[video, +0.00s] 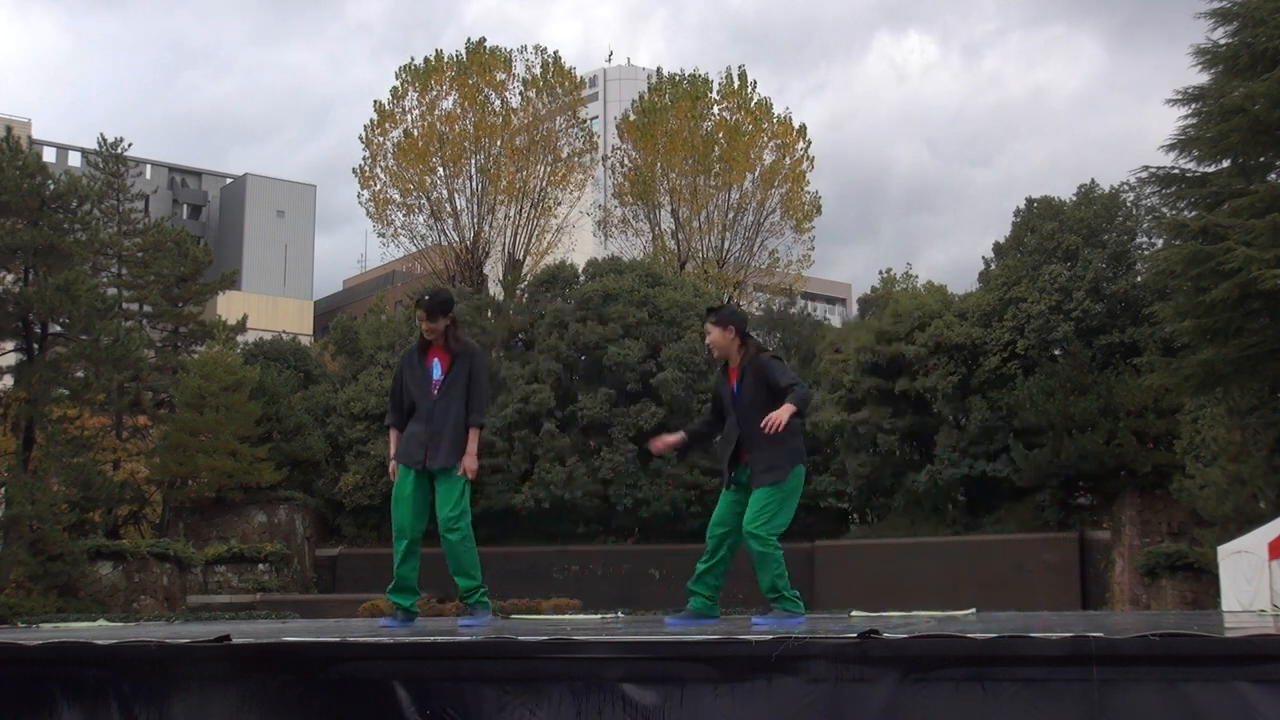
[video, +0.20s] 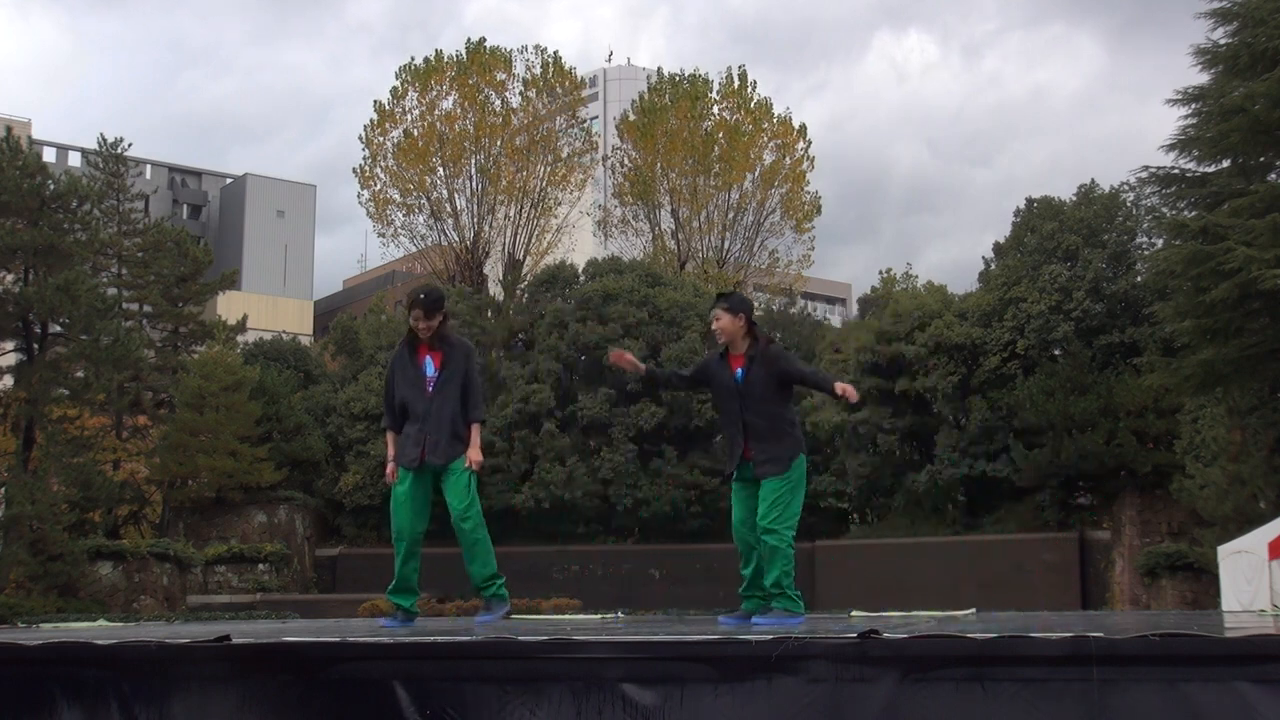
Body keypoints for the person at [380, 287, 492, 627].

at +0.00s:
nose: (425, 326)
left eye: (432, 321)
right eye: (422, 320)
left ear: (448, 320)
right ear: (417, 318)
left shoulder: (470, 355)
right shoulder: (410, 356)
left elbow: (477, 408)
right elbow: (396, 410)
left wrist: (471, 452)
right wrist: (393, 456)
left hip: (451, 455)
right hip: (410, 456)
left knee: (453, 527)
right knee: (405, 531)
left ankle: (476, 604)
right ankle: (404, 607)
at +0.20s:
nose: (423, 325)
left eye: (429, 319)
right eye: (417, 319)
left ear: (442, 316)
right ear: (409, 317)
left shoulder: (462, 351)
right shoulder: (400, 356)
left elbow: (473, 401)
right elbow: (392, 410)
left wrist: (475, 444)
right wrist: (392, 456)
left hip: (453, 451)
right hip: (410, 453)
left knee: (467, 521)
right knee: (405, 530)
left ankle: (496, 599)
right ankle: (403, 607)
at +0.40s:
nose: (433, 326)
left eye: (439, 319)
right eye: (427, 319)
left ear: (451, 316)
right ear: (418, 318)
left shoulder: (469, 351)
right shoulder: (408, 358)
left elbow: (483, 401)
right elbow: (401, 412)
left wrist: (486, 446)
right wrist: (401, 459)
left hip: (465, 453)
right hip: (420, 456)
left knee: (489, 522)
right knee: (411, 529)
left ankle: (512, 601)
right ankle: (404, 608)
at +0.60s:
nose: (459, 322)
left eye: (465, 315)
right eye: (453, 316)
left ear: (477, 314)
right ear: (445, 315)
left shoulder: (496, 350)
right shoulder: (435, 355)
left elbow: (506, 401)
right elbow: (428, 412)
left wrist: (507, 445)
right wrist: (424, 459)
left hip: (489, 454)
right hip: (445, 456)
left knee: (508, 527)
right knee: (426, 529)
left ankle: (518, 605)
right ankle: (407, 606)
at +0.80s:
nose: (480, 316)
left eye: (487, 310)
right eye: (474, 310)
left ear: (501, 309)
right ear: (468, 309)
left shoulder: (519, 346)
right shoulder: (459, 348)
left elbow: (527, 399)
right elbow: (450, 402)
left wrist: (523, 445)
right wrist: (440, 449)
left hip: (503, 452)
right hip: (458, 451)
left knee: (514, 527)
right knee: (431, 519)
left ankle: (519, 604)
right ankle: (418, 597)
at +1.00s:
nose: (486, 315)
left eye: (493, 309)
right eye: (481, 309)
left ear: (507, 307)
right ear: (474, 307)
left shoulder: (524, 346)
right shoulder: (465, 346)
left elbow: (528, 401)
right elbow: (455, 401)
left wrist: (517, 447)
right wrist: (443, 447)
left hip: (499, 452)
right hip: (459, 450)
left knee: (509, 530)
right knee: (433, 520)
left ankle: (518, 606)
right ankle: (413, 602)